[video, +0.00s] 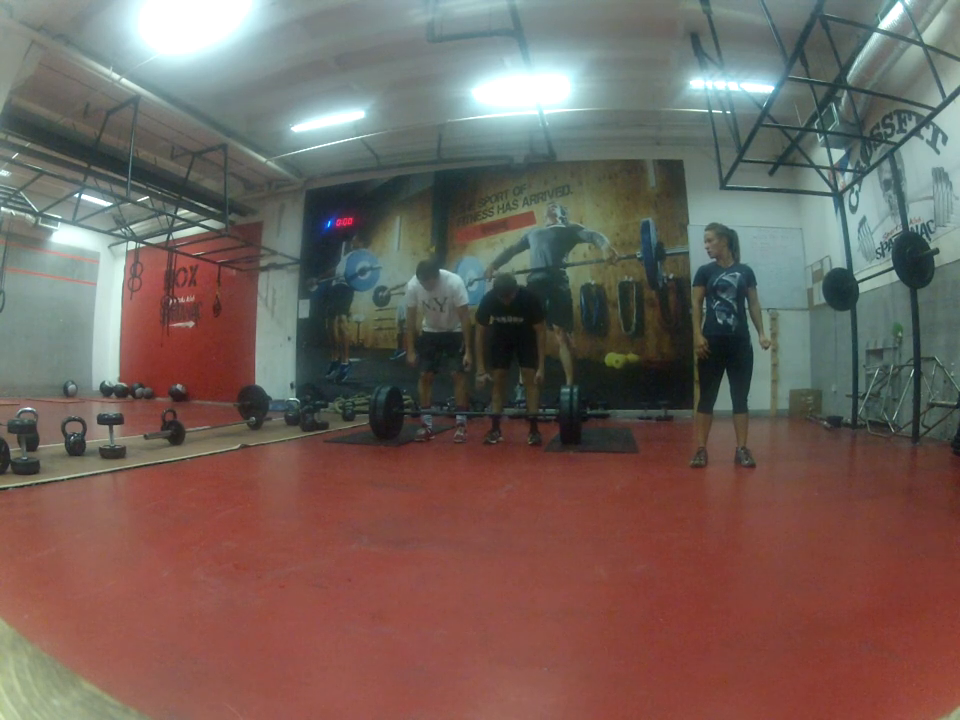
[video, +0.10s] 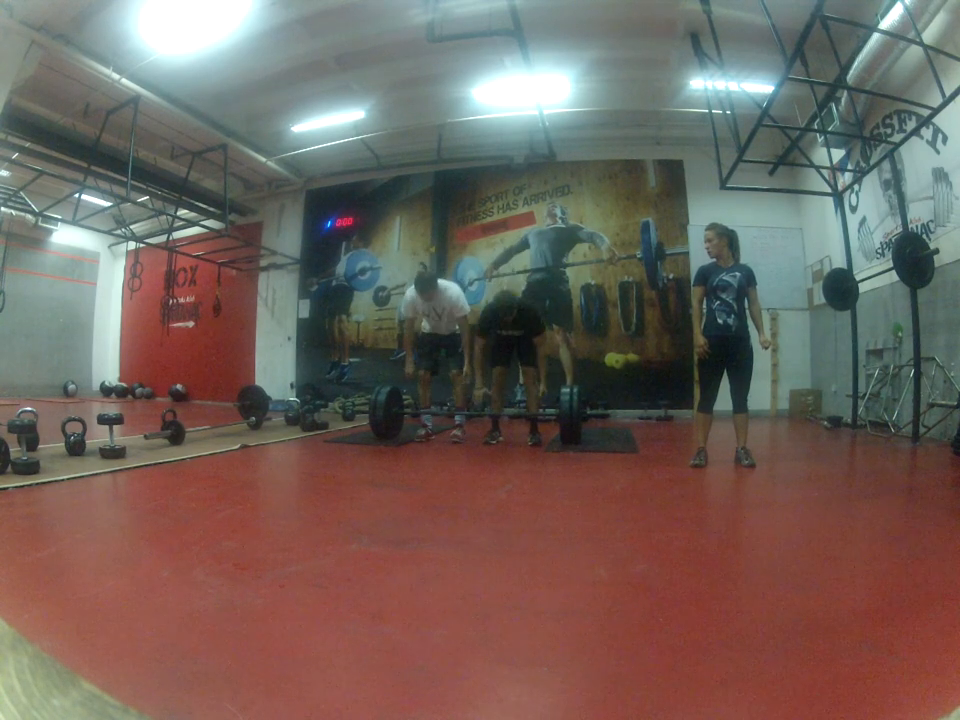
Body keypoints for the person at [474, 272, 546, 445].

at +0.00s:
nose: (506, 300)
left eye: (508, 296)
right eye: (502, 296)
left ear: (515, 291)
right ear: (496, 292)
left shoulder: (530, 299)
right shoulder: (489, 300)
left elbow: (540, 330)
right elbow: (480, 332)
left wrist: (541, 367)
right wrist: (480, 369)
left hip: (526, 341)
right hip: (501, 341)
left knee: (530, 378)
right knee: (498, 378)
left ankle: (534, 429)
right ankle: (495, 428)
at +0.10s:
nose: (507, 319)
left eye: (510, 315)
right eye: (504, 316)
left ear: (516, 309)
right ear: (497, 310)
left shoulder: (529, 311)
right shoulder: (489, 312)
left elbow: (541, 345)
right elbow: (479, 346)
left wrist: (543, 381)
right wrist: (479, 384)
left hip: (525, 338)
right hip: (501, 338)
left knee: (530, 376)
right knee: (498, 376)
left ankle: (534, 429)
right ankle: (495, 428)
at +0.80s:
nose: (509, 295)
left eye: (512, 290)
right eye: (505, 290)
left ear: (518, 288)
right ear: (499, 289)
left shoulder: (529, 306)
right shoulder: (489, 306)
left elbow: (540, 339)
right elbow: (481, 339)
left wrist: (546, 373)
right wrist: (477, 374)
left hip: (526, 345)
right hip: (500, 346)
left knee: (531, 380)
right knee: (496, 380)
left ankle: (534, 430)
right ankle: (495, 429)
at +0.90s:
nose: (509, 265)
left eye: (513, 261)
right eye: (506, 261)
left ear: (518, 262)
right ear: (499, 263)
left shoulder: (529, 287)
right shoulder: (490, 287)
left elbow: (538, 320)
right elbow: (482, 319)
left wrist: (544, 351)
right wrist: (477, 351)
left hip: (526, 342)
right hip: (499, 342)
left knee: (530, 382)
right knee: (497, 383)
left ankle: (534, 430)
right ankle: (495, 428)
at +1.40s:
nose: (506, 276)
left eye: (510, 272)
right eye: (503, 272)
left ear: (516, 272)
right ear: (497, 273)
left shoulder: (530, 293)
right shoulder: (490, 295)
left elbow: (539, 327)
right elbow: (481, 328)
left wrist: (544, 360)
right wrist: (476, 363)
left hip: (525, 341)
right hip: (499, 342)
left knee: (531, 374)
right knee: (496, 377)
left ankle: (534, 428)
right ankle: (495, 428)